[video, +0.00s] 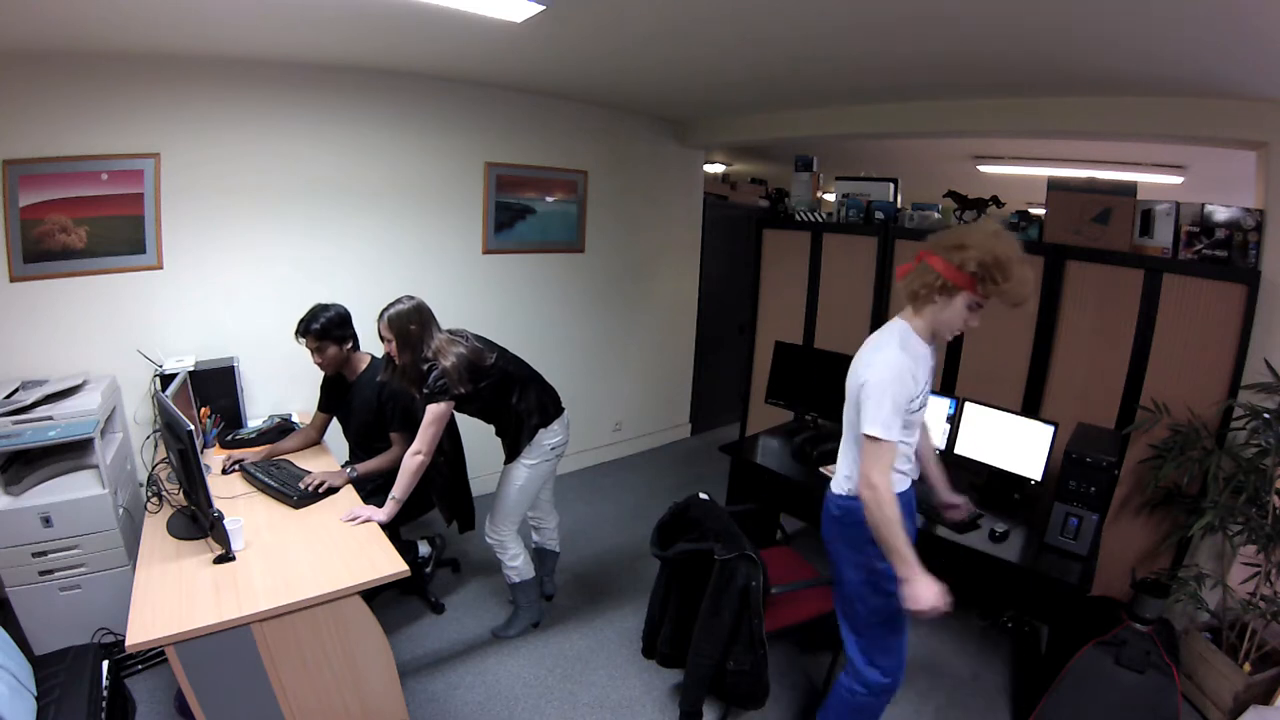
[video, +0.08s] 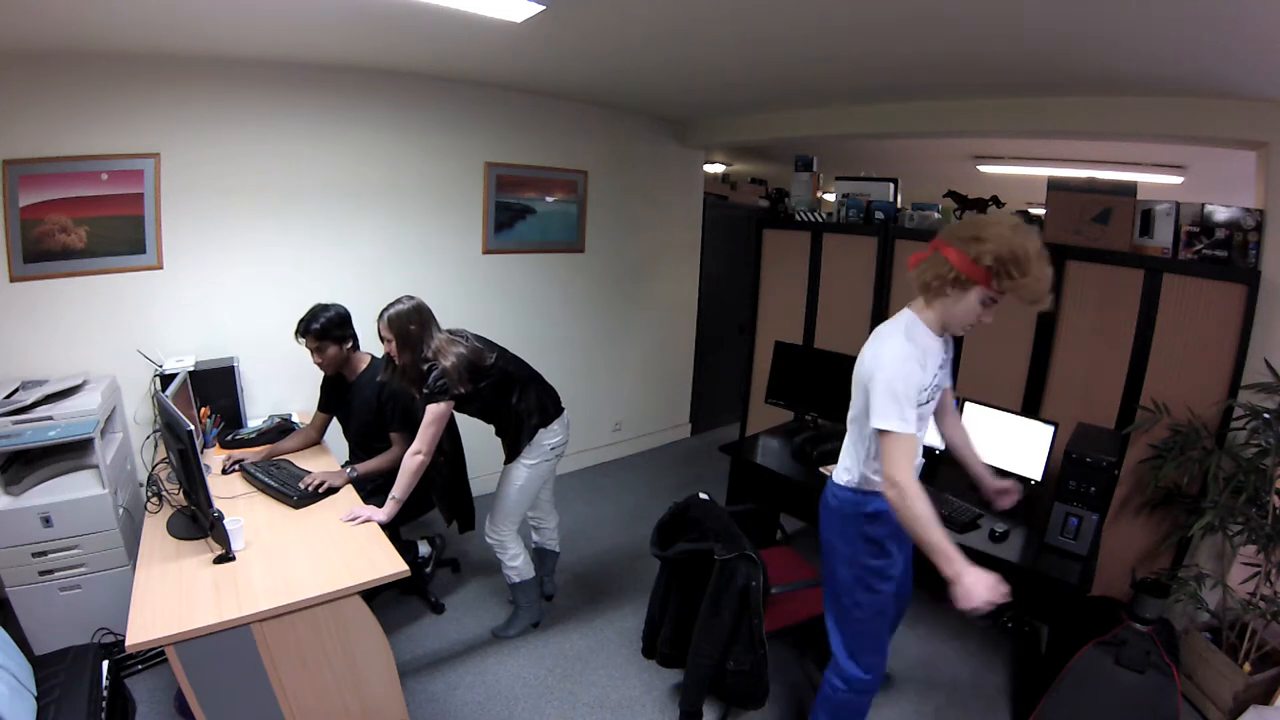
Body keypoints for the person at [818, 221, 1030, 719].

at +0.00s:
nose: (975, 322)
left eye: (980, 310)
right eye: (974, 307)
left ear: (946, 296)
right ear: (943, 291)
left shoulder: (919, 346)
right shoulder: (890, 362)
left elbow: (914, 425)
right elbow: (872, 486)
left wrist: (941, 491)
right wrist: (912, 574)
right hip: (861, 514)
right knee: (877, 669)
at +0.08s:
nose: (987, 318)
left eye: (994, 307)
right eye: (987, 302)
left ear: (960, 288)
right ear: (954, 282)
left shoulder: (935, 339)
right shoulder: (898, 354)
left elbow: (946, 415)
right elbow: (897, 481)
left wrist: (985, 479)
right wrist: (960, 571)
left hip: (892, 501)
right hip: (860, 509)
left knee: (887, 600)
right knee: (856, 664)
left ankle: (865, 665)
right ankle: (838, 709)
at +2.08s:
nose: (998, 329)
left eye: (1004, 318)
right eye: (996, 316)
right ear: (966, 293)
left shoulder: (959, 340)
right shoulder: (904, 355)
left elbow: (966, 419)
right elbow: (894, 486)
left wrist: (988, 494)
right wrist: (906, 590)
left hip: (948, 510)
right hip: (910, 519)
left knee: (919, 614)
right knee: (889, 641)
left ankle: (880, 689)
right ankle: (838, 713)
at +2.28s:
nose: (1003, 324)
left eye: (1009, 313)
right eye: (1002, 310)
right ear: (974, 287)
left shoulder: (965, 338)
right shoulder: (910, 350)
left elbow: (980, 418)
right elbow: (918, 481)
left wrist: (1018, 488)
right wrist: (968, 581)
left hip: (936, 509)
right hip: (897, 519)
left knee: (908, 615)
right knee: (869, 653)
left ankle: (873, 688)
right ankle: (834, 714)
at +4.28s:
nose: (1001, 334)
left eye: (1007, 323)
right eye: (998, 320)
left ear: (978, 304)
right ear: (968, 297)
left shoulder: (959, 342)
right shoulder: (904, 358)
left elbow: (964, 420)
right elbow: (897, 486)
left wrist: (990, 494)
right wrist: (922, 587)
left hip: (946, 509)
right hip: (908, 519)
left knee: (912, 612)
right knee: (880, 645)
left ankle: (877, 689)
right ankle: (840, 712)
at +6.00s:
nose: (999, 330)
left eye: (1006, 319)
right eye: (998, 316)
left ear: (974, 298)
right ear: (969, 293)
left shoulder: (954, 340)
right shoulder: (905, 356)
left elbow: (960, 419)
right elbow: (900, 484)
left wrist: (980, 491)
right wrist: (920, 586)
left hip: (945, 512)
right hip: (911, 521)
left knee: (908, 616)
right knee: (879, 647)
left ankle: (877, 688)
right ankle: (840, 712)